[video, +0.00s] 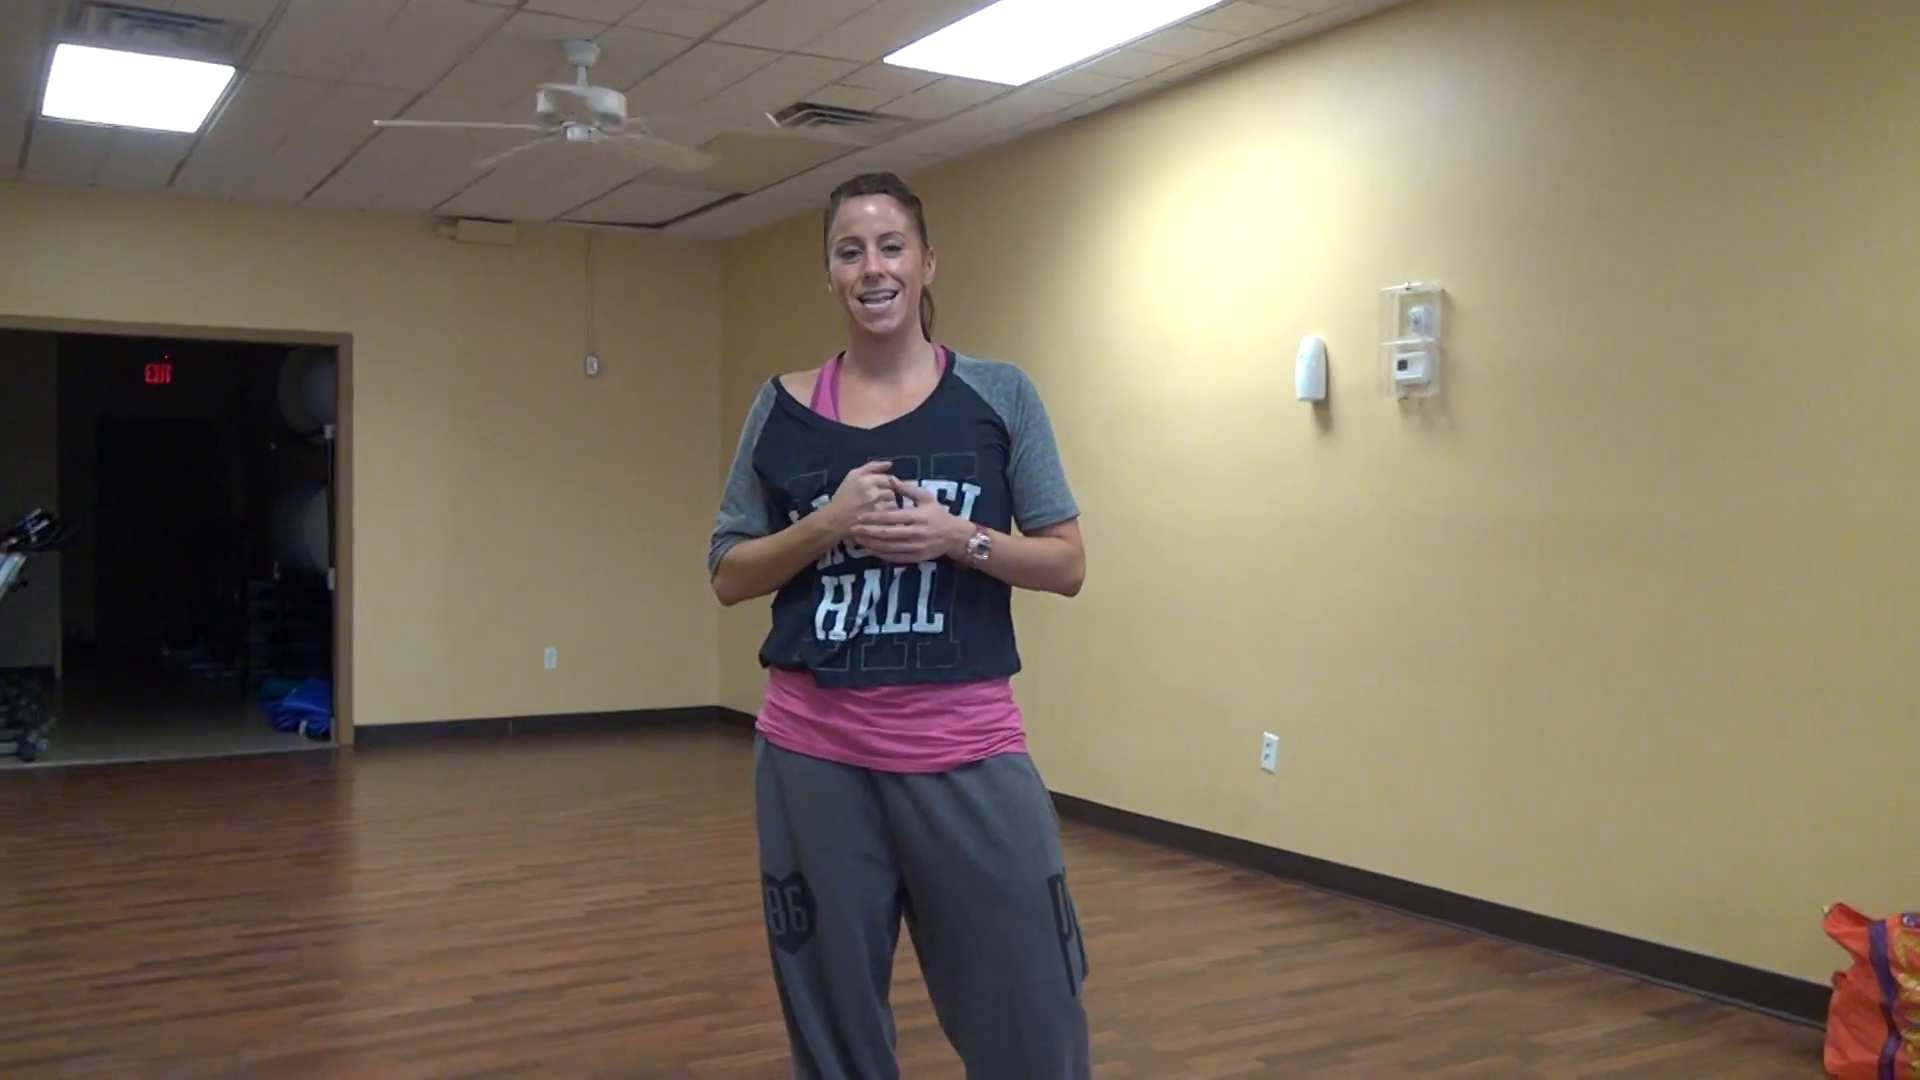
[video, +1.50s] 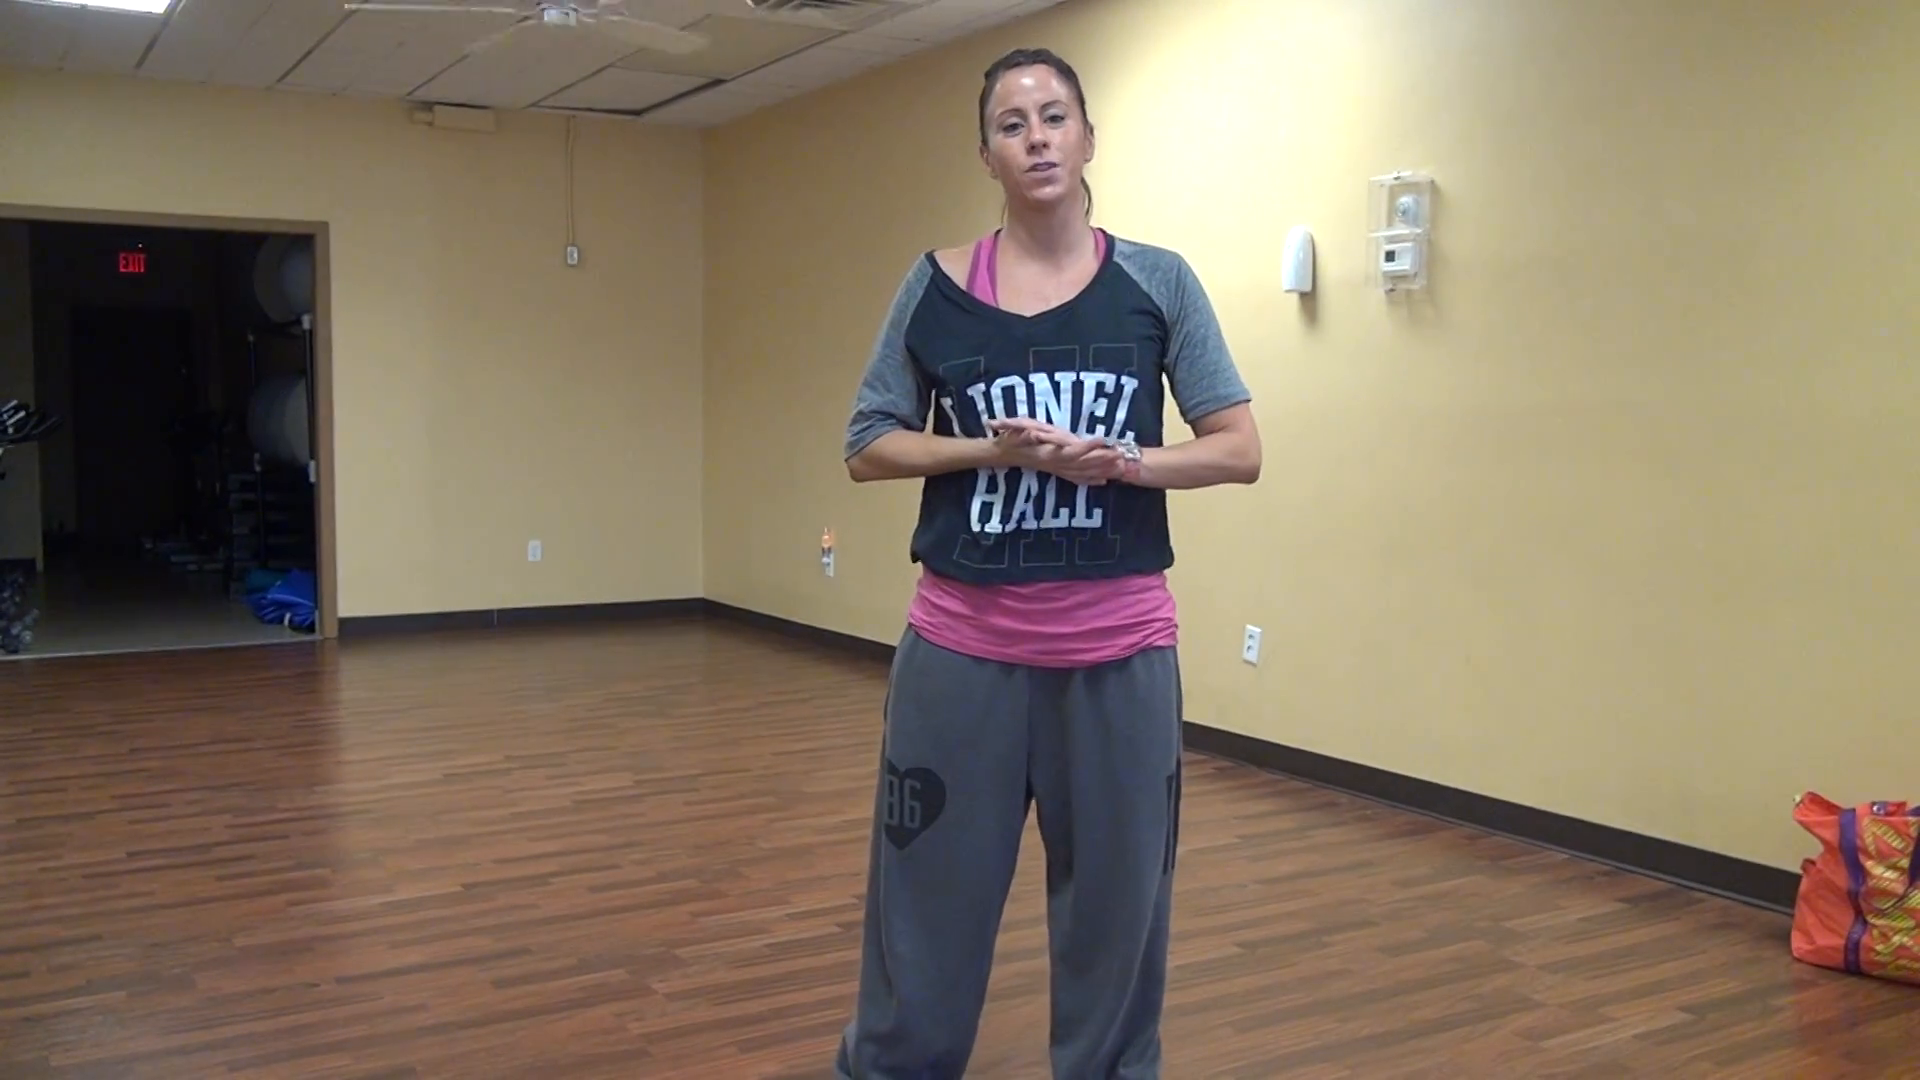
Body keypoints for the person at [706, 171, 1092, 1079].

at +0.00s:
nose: (871, 269)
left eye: (891, 247)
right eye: (850, 252)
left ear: (926, 263)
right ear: (828, 272)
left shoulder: (999, 393)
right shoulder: (784, 404)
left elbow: (1067, 565)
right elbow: (729, 577)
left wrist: (961, 538)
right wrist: (828, 523)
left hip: (967, 753)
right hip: (811, 754)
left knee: (1032, 1028)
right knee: (832, 1032)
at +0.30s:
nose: (907, 162)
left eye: (925, 139)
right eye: (885, 145)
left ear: (960, 149)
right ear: (861, 163)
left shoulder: (1033, 284)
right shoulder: (817, 296)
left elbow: (1093, 457)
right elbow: (755, 459)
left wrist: (1014, 397)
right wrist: (830, 469)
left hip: (996, 638)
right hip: (842, 643)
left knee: (1054, 906)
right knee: (848, 914)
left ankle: (1109, 1070)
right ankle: (882, 1071)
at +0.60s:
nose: (955, 151)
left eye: (973, 125)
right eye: (932, 132)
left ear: (1011, 134)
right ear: (910, 152)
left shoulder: (1088, 270)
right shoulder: (868, 284)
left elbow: (1149, 444)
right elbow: (817, 448)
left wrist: (1064, 389)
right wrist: (882, 467)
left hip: (1053, 637)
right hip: (897, 638)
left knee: (1082, 911)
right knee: (874, 905)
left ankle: (1112, 1070)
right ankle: (882, 1069)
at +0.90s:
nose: (996, 145)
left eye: (1013, 121)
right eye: (972, 131)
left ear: (1051, 134)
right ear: (950, 155)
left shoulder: (1132, 270)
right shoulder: (912, 288)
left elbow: (1215, 437)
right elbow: (864, 460)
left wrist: (1095, 435)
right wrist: (965, 457)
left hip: (1103, 642)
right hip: (943, 640)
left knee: (1109, 915)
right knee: (905, 908)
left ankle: (1104, 1072)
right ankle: (888, 1070)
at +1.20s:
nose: (1028, 140)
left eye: (1044, 117)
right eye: (1003, 127)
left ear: (1079, 135)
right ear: (978, 156)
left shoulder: (1158, 276)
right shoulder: (937, 286)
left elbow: (1241, 443)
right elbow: (871, 454)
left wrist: (1123, 464)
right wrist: (984, 457)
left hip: (1127, 646)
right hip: (967, 643)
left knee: (1121, 914)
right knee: (926, 905)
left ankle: (1109, 1069)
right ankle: (896, 1068)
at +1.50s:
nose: (1036, 137)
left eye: (1054, 116)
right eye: (1012, 124)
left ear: (1088, 139)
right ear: (986, 156)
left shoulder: (1160, 279)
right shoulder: (939, 283)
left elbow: (1240, 448)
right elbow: (867, 446)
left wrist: (1130, 464)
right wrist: (984, 451)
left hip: (1121, 646)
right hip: (960, 642)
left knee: (1119, 919)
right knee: (923, 908)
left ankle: (1108, 1070)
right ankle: (896, 1067)